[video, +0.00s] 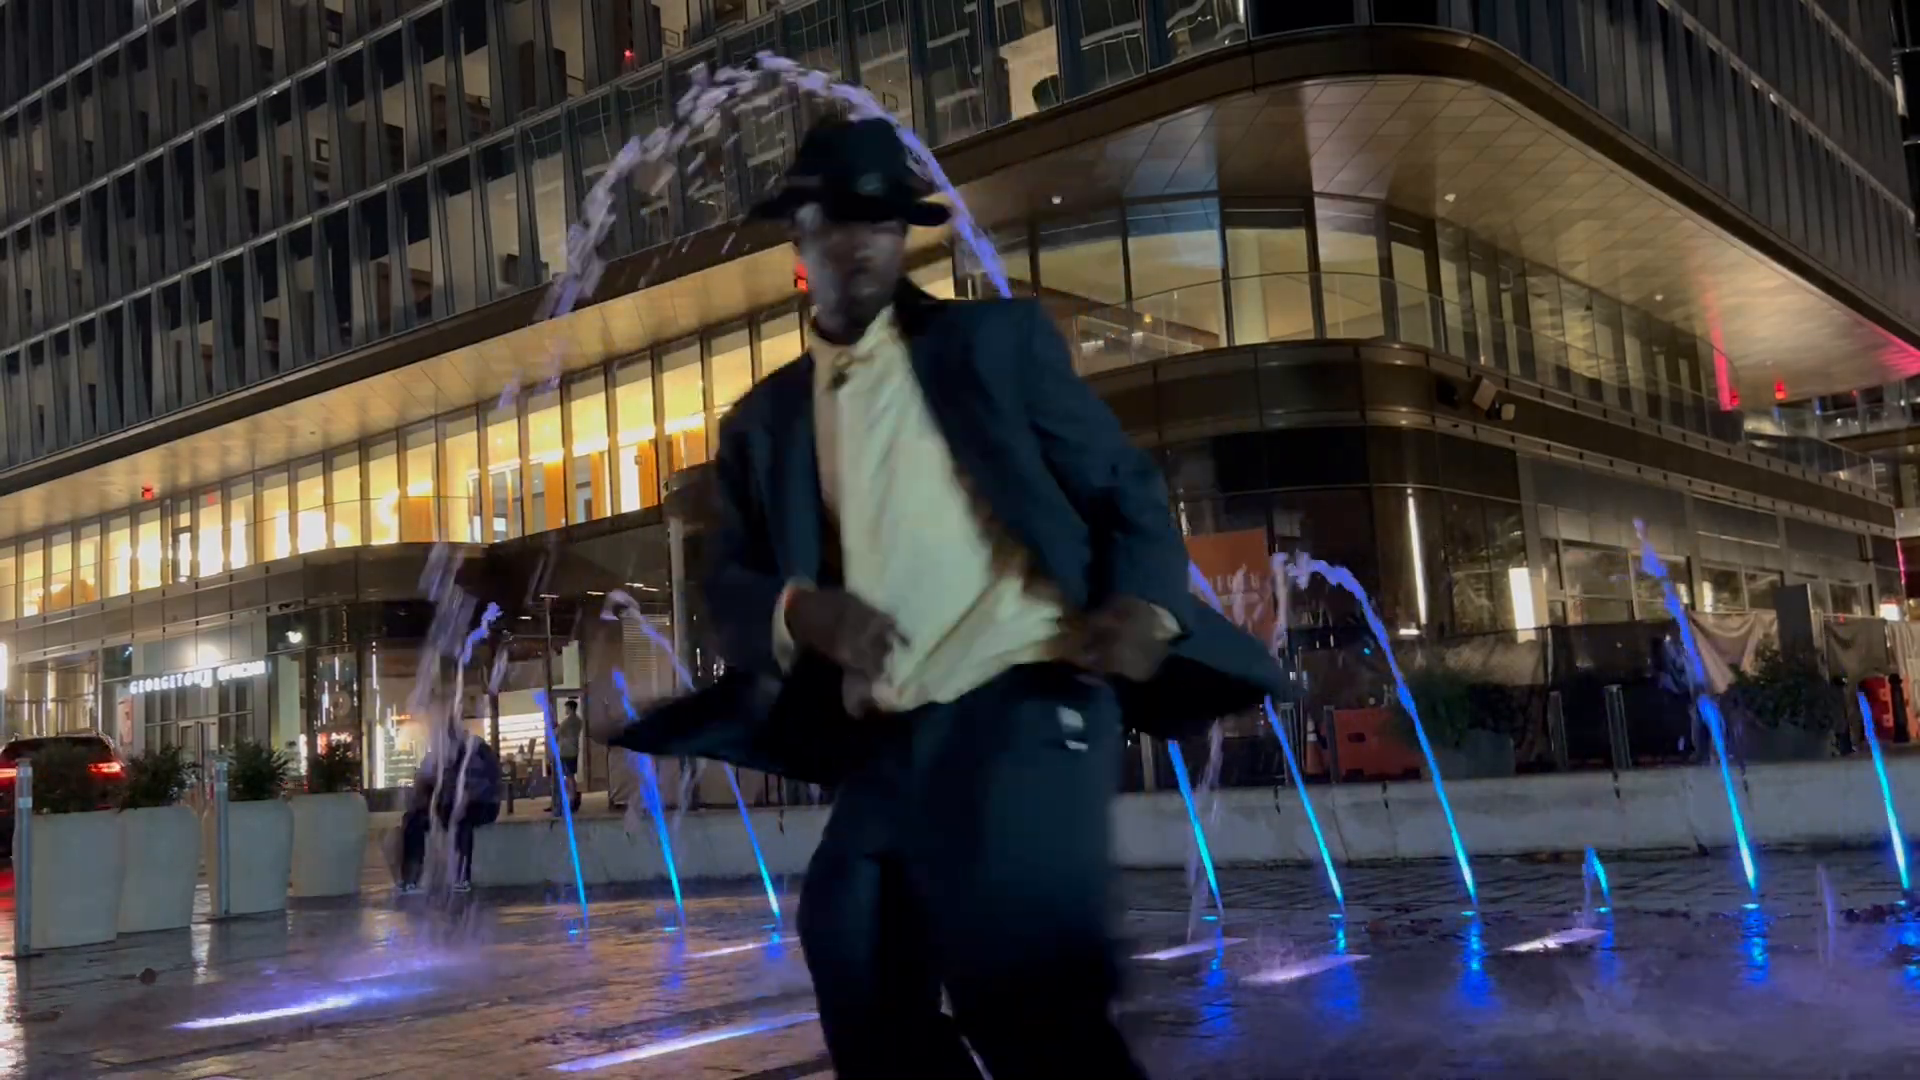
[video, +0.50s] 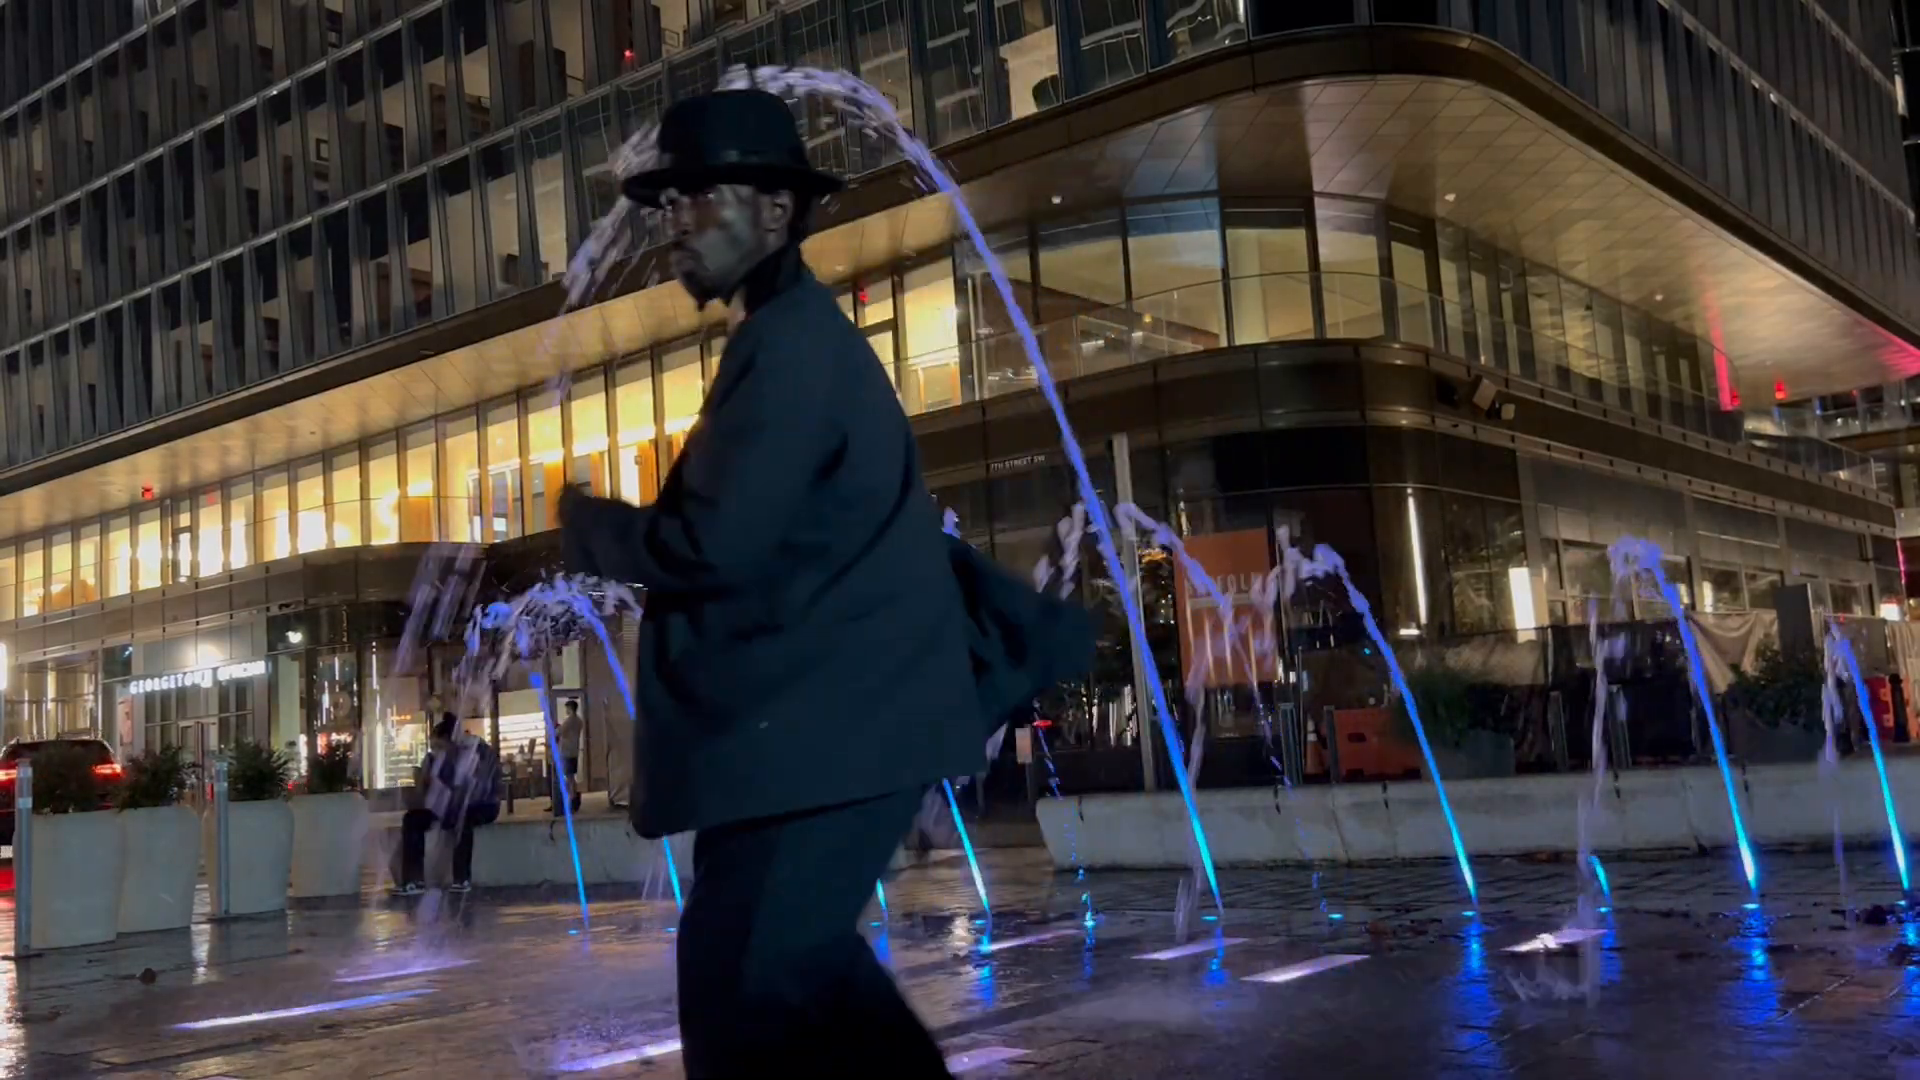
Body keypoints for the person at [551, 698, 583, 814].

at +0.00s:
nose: (565, 710)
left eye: (566, 708)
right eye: (566, 708)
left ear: (569, 709)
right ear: (575, 708)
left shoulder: (567, 721)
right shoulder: (578, 721)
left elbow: (558, 732)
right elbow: (573, 732)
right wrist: (559, 729)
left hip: (565, 752)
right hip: (574, 751)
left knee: (568, 777)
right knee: (571, 777)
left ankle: (571, 799)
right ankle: (574, 797)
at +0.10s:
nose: (565, 710)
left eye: (566, 708)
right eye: (566, 708)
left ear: (569, 708)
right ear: (575, 708)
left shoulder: (567, 721)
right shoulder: (579, 721)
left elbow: (559, 731)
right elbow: (573, 732)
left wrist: (554, 730)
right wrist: (560, 728)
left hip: (565, 752)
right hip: (574, 751)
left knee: (568, 778)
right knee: (571, 777)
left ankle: (571, 801)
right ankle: (573, 799)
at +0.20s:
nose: (565, 710)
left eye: (566, 708)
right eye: (566, 708)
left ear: (569, 708)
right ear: (575, 708)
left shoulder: (567, 721)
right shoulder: (579, 721)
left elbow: (559, 732)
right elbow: (573, 732)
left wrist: (554, 729)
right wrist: (560, 728)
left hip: (566, 749)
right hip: (574, 749)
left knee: (566, 776)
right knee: (571, 776)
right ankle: (574, 799)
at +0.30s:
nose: (566, 710)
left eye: (567, 708)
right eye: (566, 708)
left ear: (570, 709)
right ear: (575, 708)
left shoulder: (568, 721)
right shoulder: (579, 721)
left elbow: (560, 732)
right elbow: (572, 732)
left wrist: (555, 730)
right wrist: (560, 728)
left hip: (567, 753)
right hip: (574, 752)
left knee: (567, 778)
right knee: (571, 777)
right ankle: (574, 798)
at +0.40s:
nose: (566, 710)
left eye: (567, 708)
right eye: (566, 708)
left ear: (570, 708)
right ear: (575, 708)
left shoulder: (568, 721)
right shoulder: (579, 721)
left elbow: (560, 732)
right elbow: (573, 733)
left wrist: (554, 729)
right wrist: (560, 729)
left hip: (566, 753)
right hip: (574, 752)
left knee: (568, 777)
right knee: (571, 777)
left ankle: (571, 798)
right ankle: (574, 796)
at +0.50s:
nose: (566, 710)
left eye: (567, 708)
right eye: (566, 708)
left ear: (570, 709)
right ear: (575, 708)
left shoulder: (568, 721)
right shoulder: (579, 721)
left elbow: (559, 732)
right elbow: (573, 733)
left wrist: (555, 729)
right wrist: (561, 728)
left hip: (566, 753)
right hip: (574, 752)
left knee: (567, 778)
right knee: (571, 777)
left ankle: (571, 798)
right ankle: (574, 796)